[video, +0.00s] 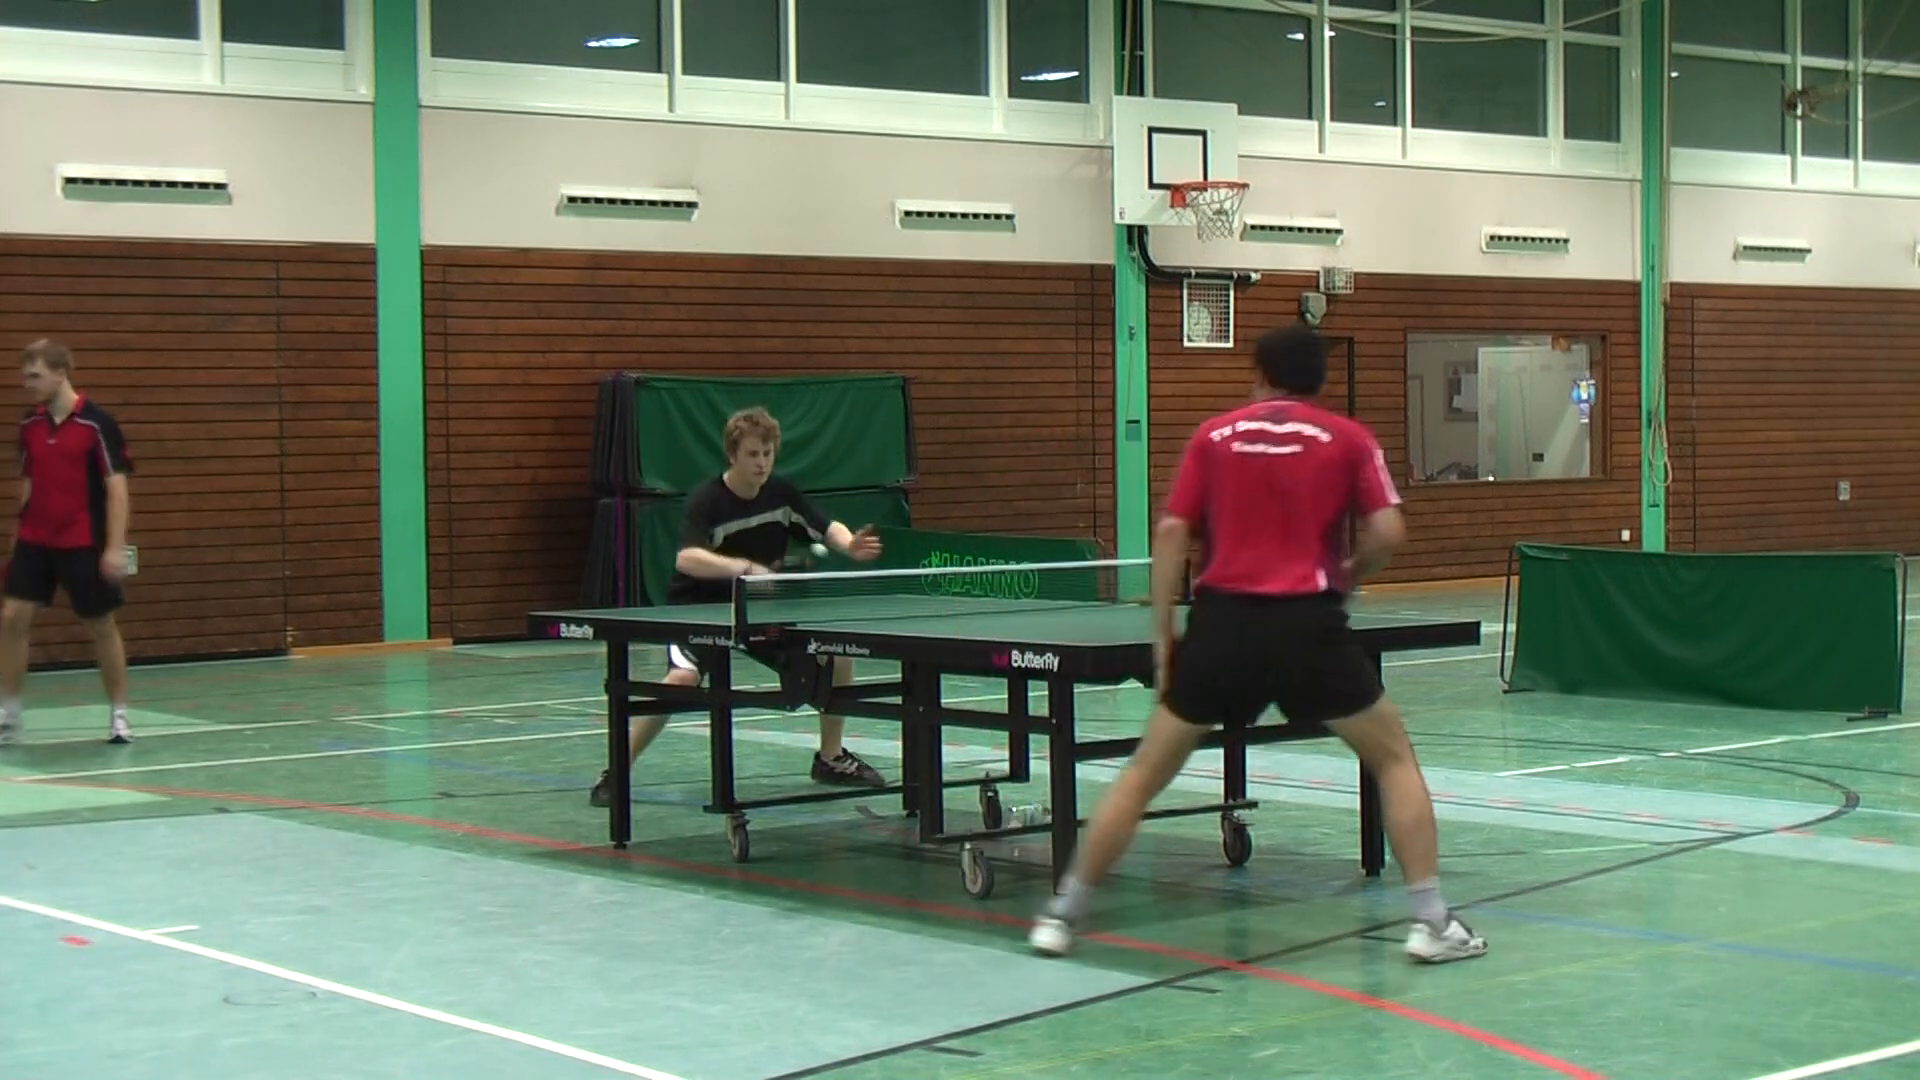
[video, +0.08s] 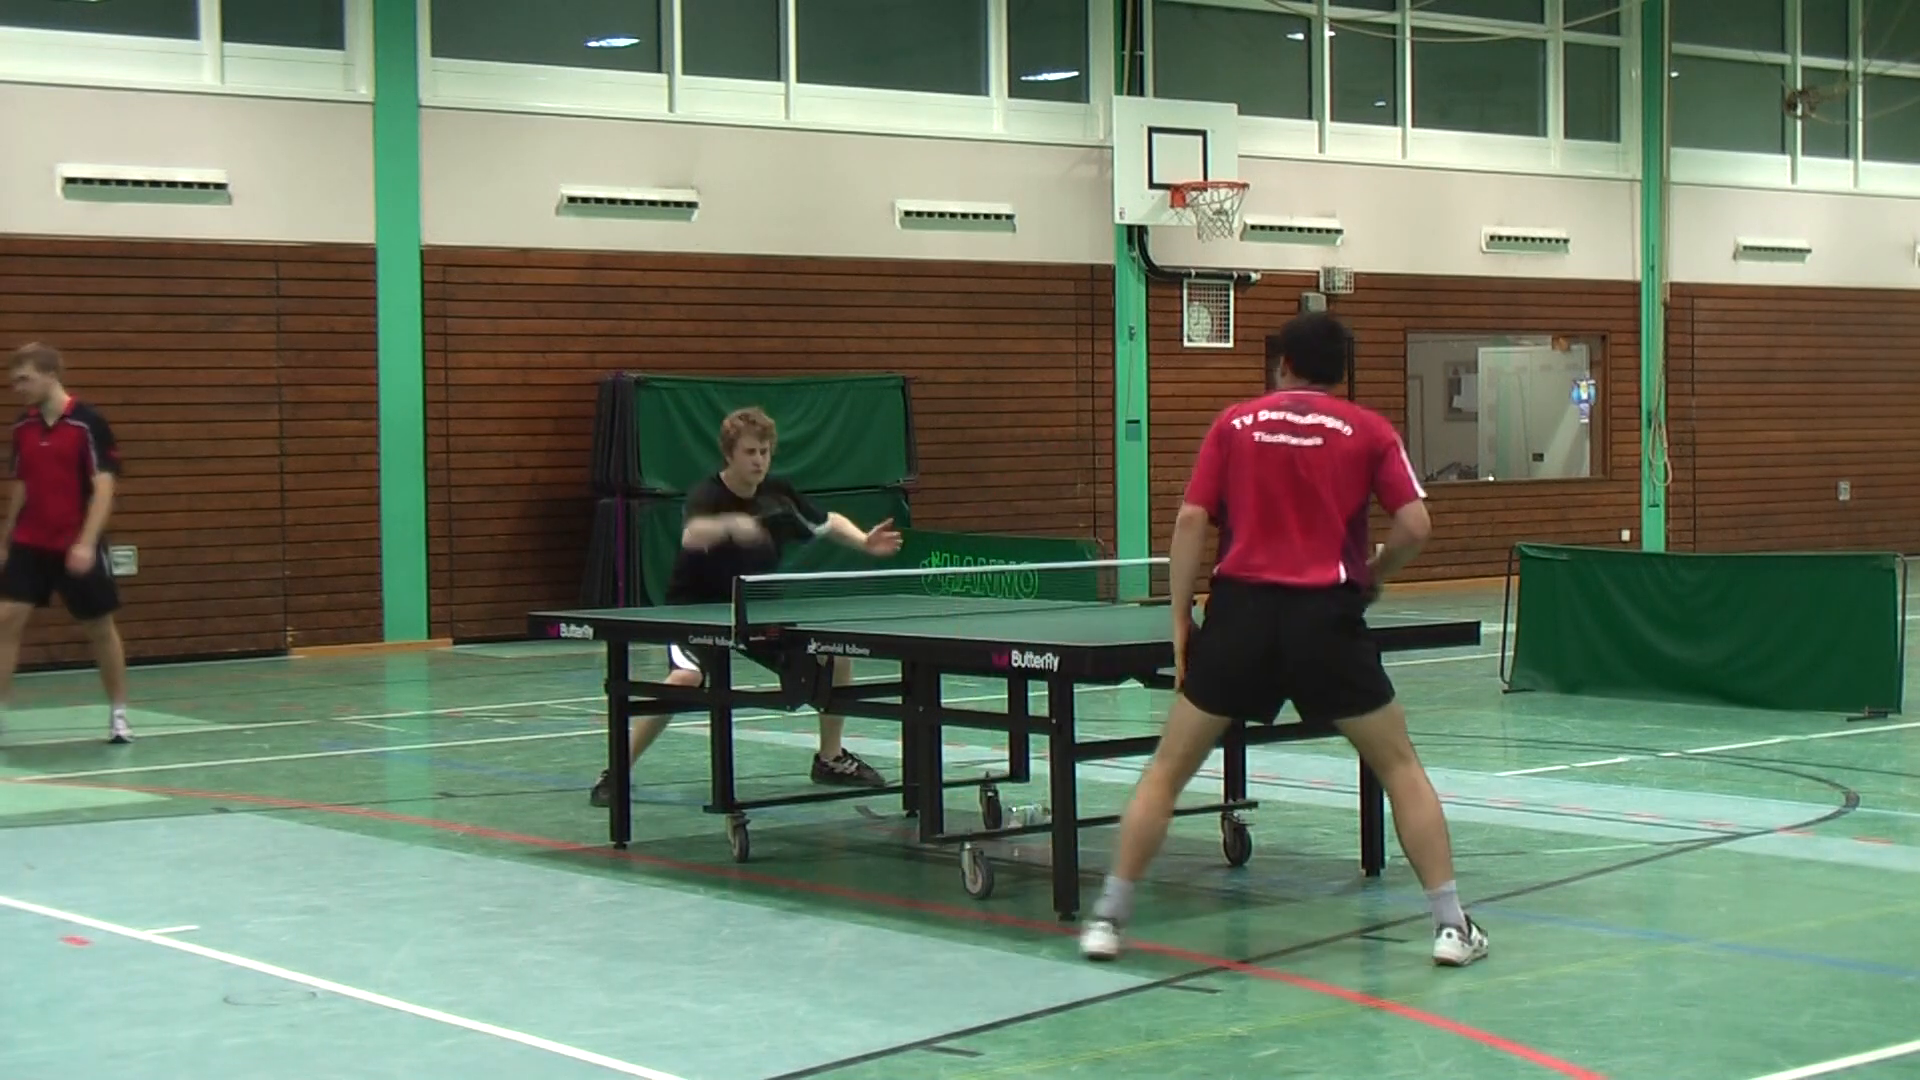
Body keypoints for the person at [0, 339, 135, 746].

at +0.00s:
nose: (27, 383)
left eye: (35, 376)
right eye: (26, 377)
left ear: (62, 374)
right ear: (30, 379)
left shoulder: (98, 423)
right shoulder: (31, 424)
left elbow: (118, 488)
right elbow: (28, 480)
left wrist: (116, 546)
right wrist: (21, 532)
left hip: (84, 547)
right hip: (34, 545)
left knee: (103, 628)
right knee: (12, 618)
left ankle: (119, 713)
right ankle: (9, 712)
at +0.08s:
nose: (17, 387)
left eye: (24, 379)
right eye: (15, 380)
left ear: (51, 376)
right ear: (23, 382)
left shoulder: (89, 423)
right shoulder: (24, 428)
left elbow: (104, 489)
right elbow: (20, 486)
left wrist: (86, 543)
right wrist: (6, 538)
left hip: (78, 548)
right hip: (29, 548)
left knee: (102, 629)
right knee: (7, 619)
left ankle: (118, 712)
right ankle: (1, 710)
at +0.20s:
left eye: (2, 388)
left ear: (24, 383)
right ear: (11, 386)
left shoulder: (67, 424)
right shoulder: (7, 433)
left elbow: (82, 484)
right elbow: (5, 491)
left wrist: (45, 533)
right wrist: (2, 531)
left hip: (67, 552)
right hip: (15, 552)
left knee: (95, 629)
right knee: (2, 624)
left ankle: (116, 710)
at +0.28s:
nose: (0, 406)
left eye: (1, 400)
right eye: (1, 400)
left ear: (6, 391)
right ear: (6, 392)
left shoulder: (47, 426)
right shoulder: (7, 434)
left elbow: (67, 484)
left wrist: (26, 531)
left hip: (51, 556)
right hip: (7, 558)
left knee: (85, 631)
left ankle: (115, 710)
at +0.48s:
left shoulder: (5, 421)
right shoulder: (8, 423)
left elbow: (31, 477)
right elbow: (32, 478)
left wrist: (21, 542)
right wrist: (21, 542)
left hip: (6, 551)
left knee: (34, 630)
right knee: (33, 629)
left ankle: (83, 694)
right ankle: (83, 694)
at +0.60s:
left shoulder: (1, 426)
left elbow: (18, 466)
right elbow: (18, 466)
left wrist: (26, 532)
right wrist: (26, 534)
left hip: (1, 545)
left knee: (1, 625)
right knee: (2, 626)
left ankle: (29, 701)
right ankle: (28, 700)